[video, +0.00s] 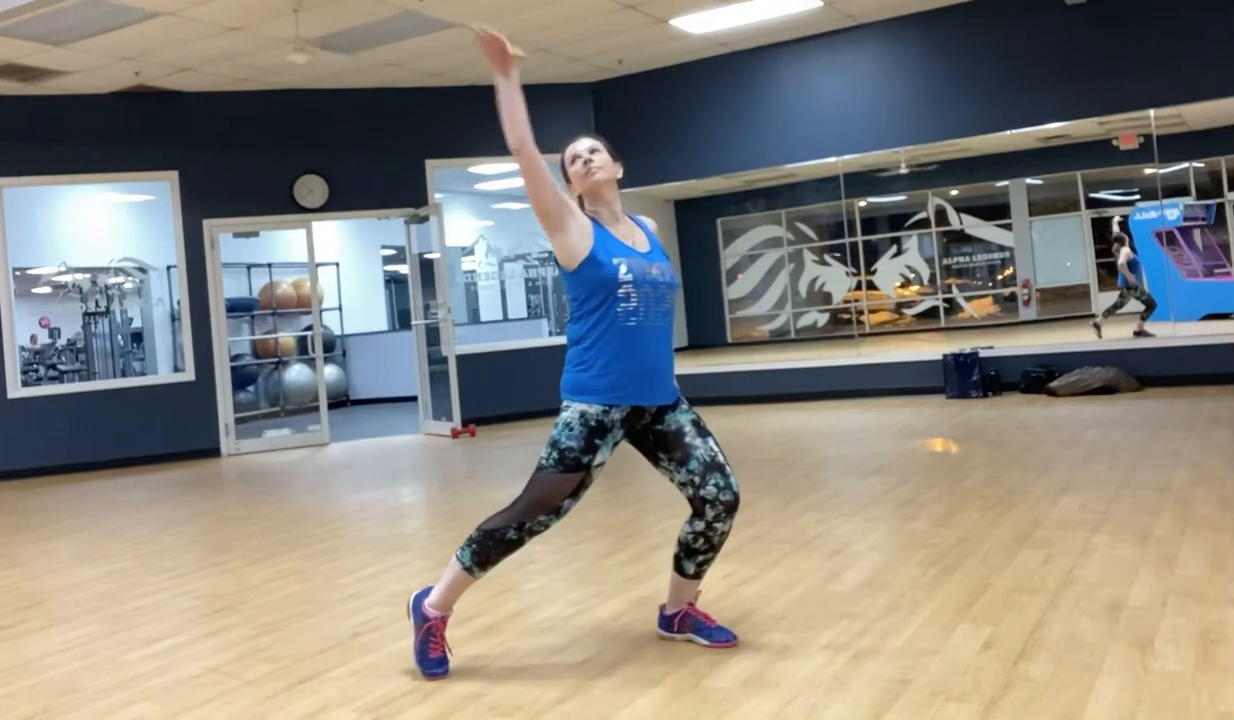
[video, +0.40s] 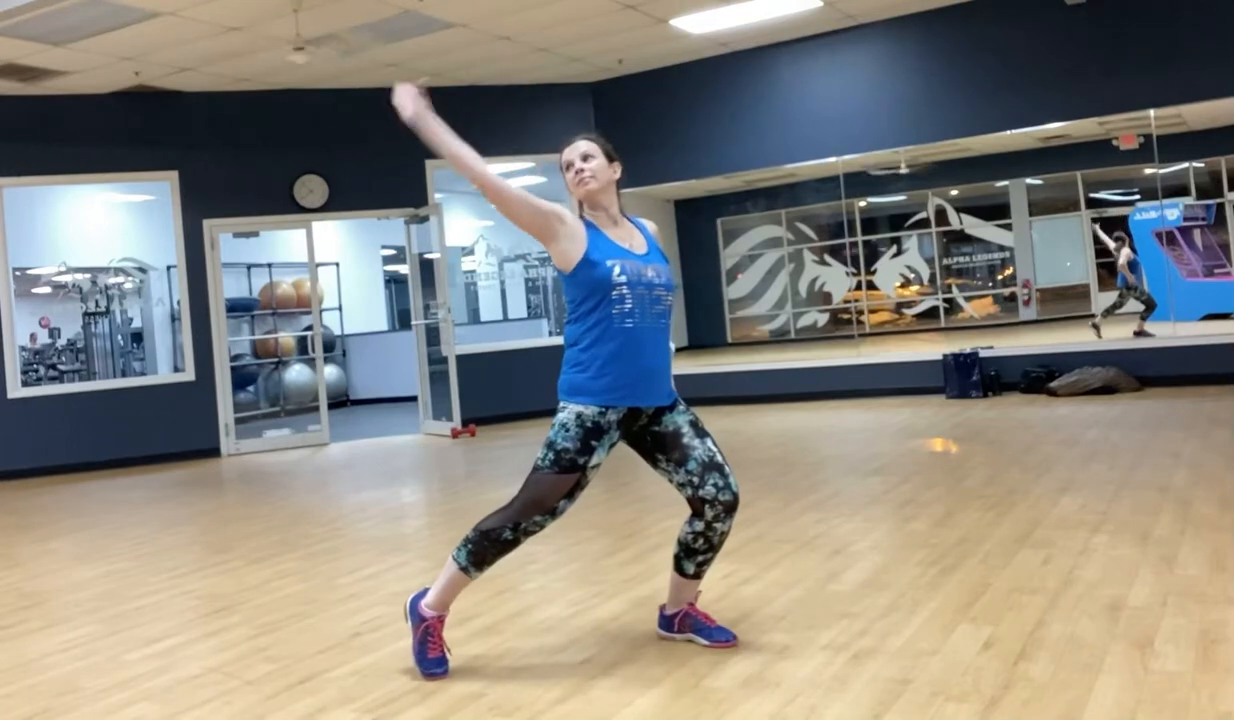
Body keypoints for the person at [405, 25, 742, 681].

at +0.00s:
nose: (585, 158)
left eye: (593, 151)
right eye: (574, 160)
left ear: (618, 169)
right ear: (571, 185)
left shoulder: (646, 229)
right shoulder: (571, 230)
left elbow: (645, 306)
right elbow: (525, 154)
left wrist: (649, 366)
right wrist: (507, 78)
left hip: (657, 399)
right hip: (594, 404)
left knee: (720, 498)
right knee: (537, 511)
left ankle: (679, 609)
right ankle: (433, 608)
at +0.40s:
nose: (579, 168)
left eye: (588, 157)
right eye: (570, 165)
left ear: (616, 169)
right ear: (566, 184)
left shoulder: (646, 230)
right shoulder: (564, 229)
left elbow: (643, 309)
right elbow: (486, 180)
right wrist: (422, 117)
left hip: (657, 400)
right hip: (592, 403)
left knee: (718, 497)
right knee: (533, 511)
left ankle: (679, 610)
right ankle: (430, 608)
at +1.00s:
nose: (572, 188)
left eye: (580, 175)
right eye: (563, 180)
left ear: (607, 169)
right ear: (556, 181)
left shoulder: (654, 221)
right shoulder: (551, 223)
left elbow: (716, 263)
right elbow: (470, 203)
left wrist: (712, 326)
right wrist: (399, 166)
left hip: (650, 389)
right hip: (571, 392)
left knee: (704, 495)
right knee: (524, 504)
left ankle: (678, 610)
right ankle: (460, 623)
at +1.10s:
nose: (567, 185)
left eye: (575, 172)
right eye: (558, 176)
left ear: (602, 161)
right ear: (552, 173)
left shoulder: (653, 208)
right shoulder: (547, 217)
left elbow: (730, 237)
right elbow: (468, 202)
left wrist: (753, 305)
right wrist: (396, 169)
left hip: (647, 379)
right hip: (569, 382)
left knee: (697, 489)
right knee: (518, 494)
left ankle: (678, 610)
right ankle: (476, 620)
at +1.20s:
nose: (551, 174)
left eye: (559, 162)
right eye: (542, 166)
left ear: (586, 148)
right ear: (535, 161)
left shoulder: (629, 188)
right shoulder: (532, 199)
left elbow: (713, 193)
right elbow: (460, 198)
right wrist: (393, 200)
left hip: (634, 366)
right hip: (558, 373)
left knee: (679, 476)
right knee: (519, 479)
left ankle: (687, 598)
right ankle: (536, 613)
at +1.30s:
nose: (545, 177)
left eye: (554, 164)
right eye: (536, 167)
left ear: (579, 152)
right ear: (526, 163)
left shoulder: (617, 190)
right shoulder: (522, 203)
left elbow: (702, 181)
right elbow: (462, 209)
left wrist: (778, 155)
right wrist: (412, 236)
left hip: (624, 367)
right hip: (550, 377)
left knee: (680, 473)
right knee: (520, 487)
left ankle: (709, 584)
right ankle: (539, 619)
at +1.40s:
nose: (536, 188)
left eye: (545, 176)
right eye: (526, 180)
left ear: (569, 163)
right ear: (516, 175)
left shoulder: (602, 205)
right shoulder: (519, 226)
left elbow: (689, 190)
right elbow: (492, 279)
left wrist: (763, 156)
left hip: (611, 384)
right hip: (543, 392)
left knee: (675, 491)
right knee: (506, 494)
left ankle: (752, 580)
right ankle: (539, 620)